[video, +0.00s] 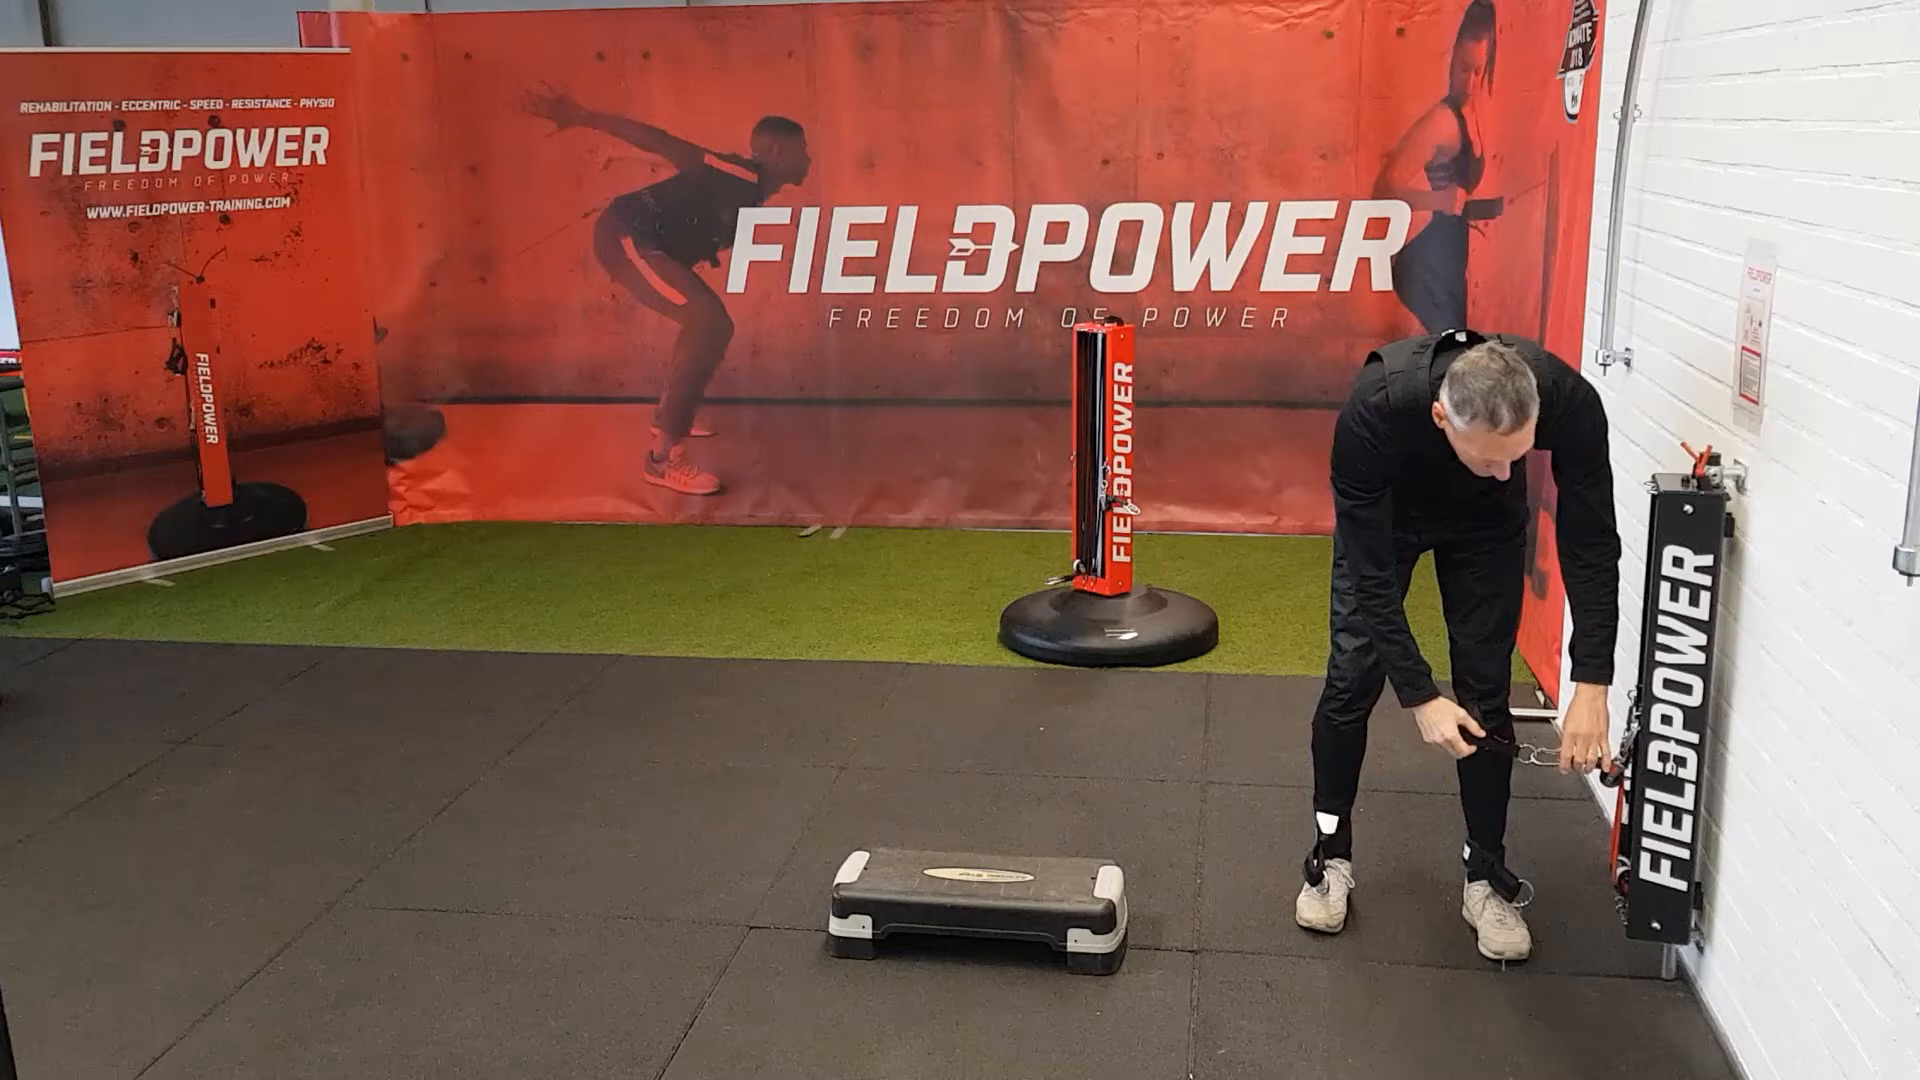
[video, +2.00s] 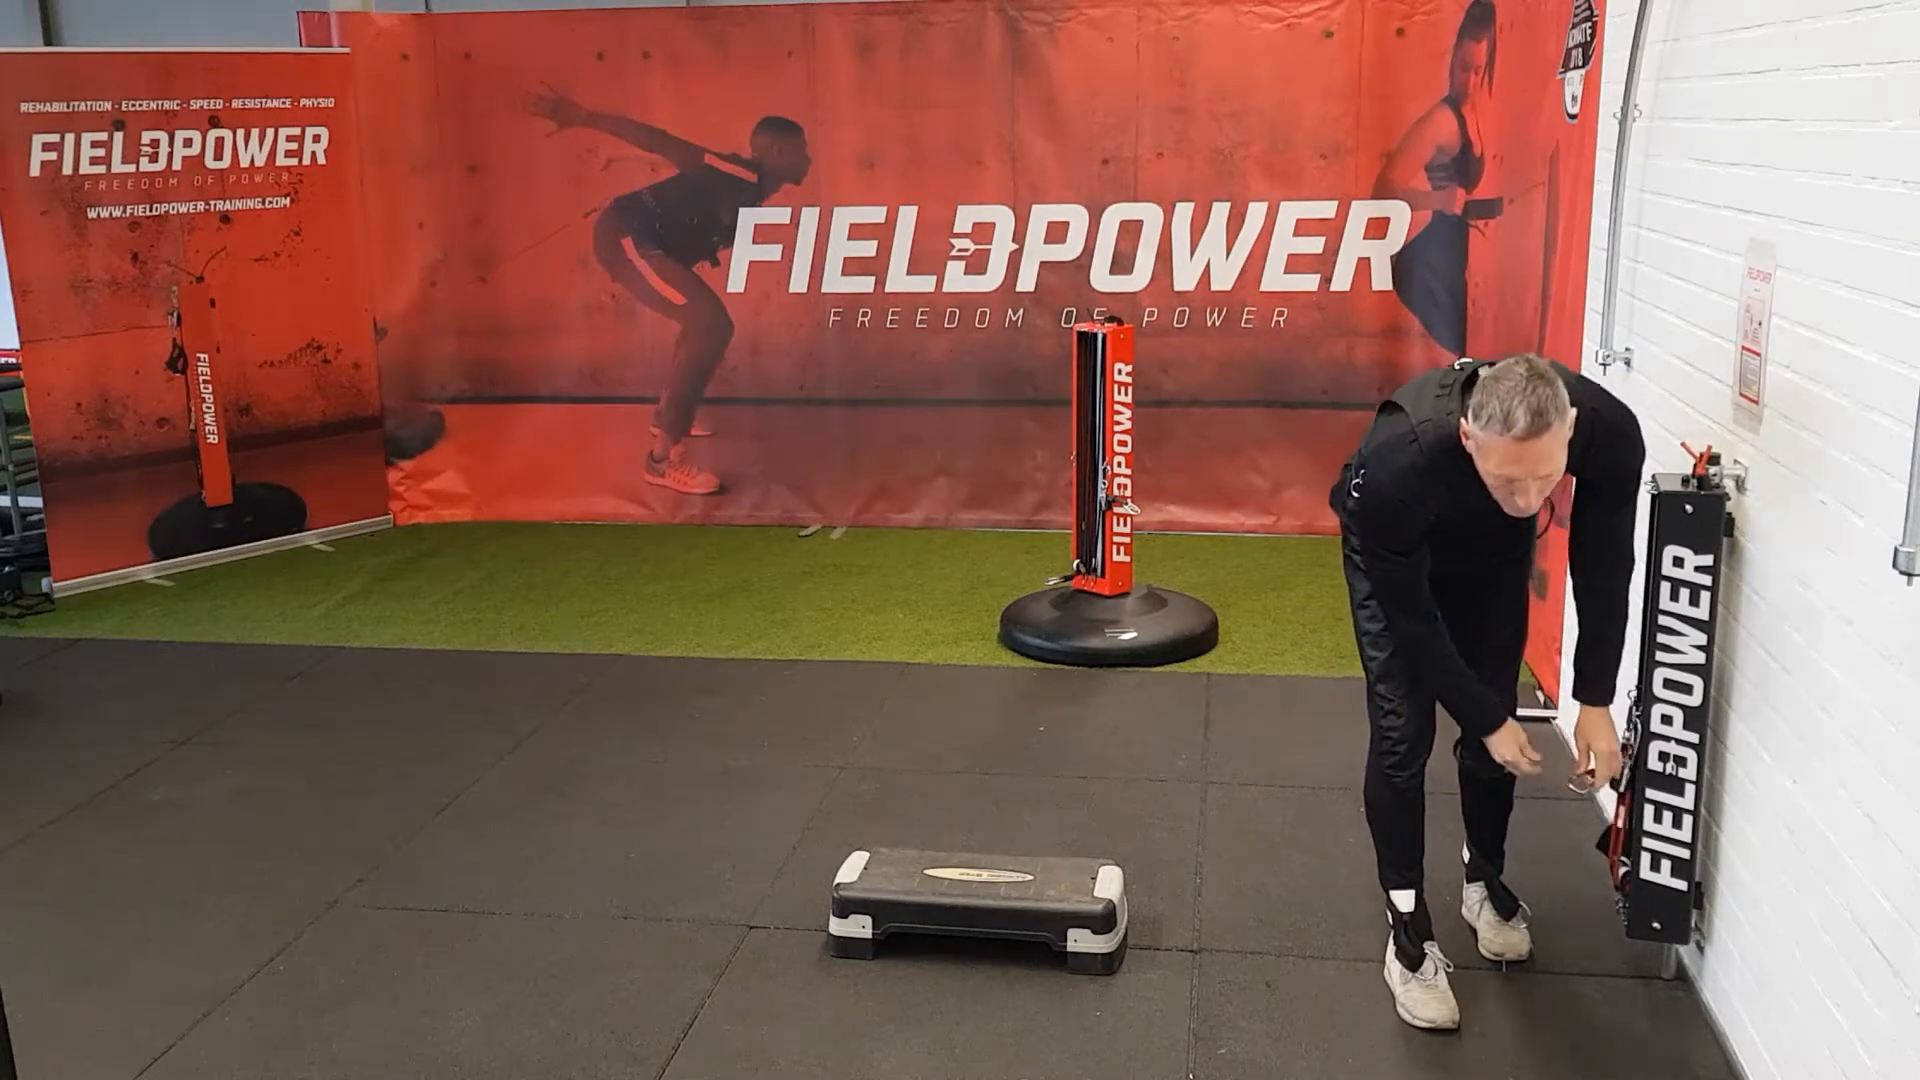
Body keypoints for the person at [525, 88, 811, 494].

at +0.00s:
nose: (808, 159)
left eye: (805, 150)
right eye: (800, 150)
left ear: (774, 151)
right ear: (772, 150)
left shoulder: (748, 191)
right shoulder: (733, 179)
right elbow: (659, 141)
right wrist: (583, 116)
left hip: (645, 237)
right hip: (627, 233)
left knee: (715, 323)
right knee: (709, 323)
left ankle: (671, 414)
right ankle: (664, 457)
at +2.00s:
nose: (808, 158)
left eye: (805, 149)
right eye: (800, 150)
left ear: (773, 151)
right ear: (772, 151)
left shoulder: (744, 185)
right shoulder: (735, 181)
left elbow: (659, 142)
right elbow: (658, 141)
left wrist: (583, 116)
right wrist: (583, 117)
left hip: (638, 234)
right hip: (627, 234)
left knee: (709, 322)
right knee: (713, 326)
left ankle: (670, 414)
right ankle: (664, 457)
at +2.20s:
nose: (808, 158)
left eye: (805, 149)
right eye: (801, 149)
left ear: (774, 151)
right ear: (773, 150)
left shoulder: (746, 186)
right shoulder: (734, 179)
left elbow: (660, 142)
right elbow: (658, 141)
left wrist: (583, 116)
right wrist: (583, 117)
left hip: (642, 235)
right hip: (627, 233)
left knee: (709, 322)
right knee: (713, 326)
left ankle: (670, 413)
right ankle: (664, 457)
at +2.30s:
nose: (808, 158)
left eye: (805, 149)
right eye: (801, 149)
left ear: (774, 151)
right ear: (774, 150)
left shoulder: (745, 185)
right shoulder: (735, 179)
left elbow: (659, 142)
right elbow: (658, 141)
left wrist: (583, 116)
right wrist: (583, 117)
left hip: (641, 235)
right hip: (627, 234)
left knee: (709, 322)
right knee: (713, 326)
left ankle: (670, 413)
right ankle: (664, 457)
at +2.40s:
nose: (808, 158)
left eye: (805, 149)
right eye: (801, 149)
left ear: (774, 151)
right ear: (774, 150)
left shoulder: (745, 185)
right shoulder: (734, 179)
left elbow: (660, 142)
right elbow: (658, 141)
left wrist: (583, 116)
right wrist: (583, 117)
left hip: (641, 235)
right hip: (627, 233)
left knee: (709, 322)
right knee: (713, 326)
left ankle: (670, 413)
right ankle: (664, 457)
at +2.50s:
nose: (808, 158)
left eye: (805, 149)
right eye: (801, 149)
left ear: (774, 151)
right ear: (773, 150)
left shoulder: (745, 185)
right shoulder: (735, 180)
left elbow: (660, 142)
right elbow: (659, 141)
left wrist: (583, 116)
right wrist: (583, 117)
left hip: (639, 234)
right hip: (627, 233)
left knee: (709, 322)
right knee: (713, 326)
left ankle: (670, 414)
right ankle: (664, 457)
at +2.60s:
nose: (808, 158)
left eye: (805, 149)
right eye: (801, 149)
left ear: (774, 151)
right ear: (774, 150)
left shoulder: (746, 186)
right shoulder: (734, 179)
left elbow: (660, 142)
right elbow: (658, 141)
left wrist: (583, 116)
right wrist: (583, 117)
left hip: (641, 235)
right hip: (627, 233)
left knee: (709, 322)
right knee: (713, 326)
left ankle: (670, 413)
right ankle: (664, 457)